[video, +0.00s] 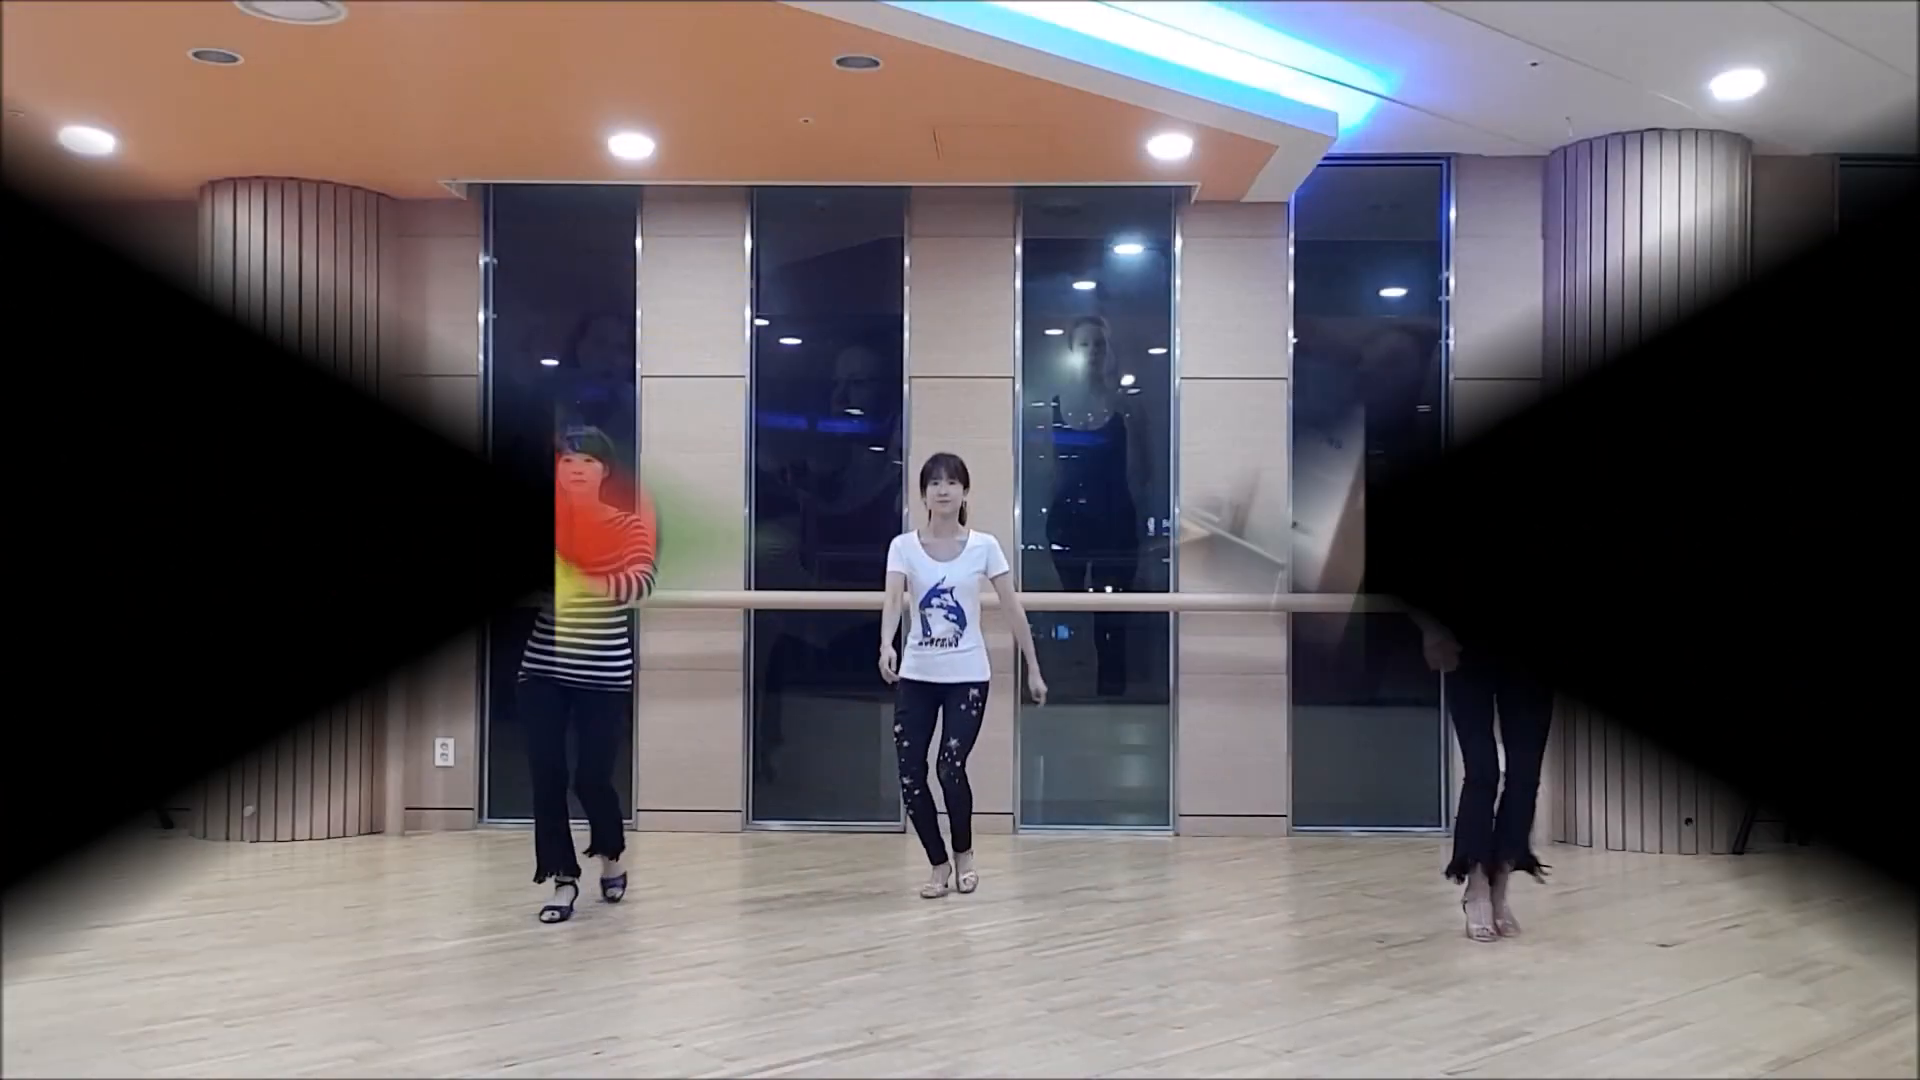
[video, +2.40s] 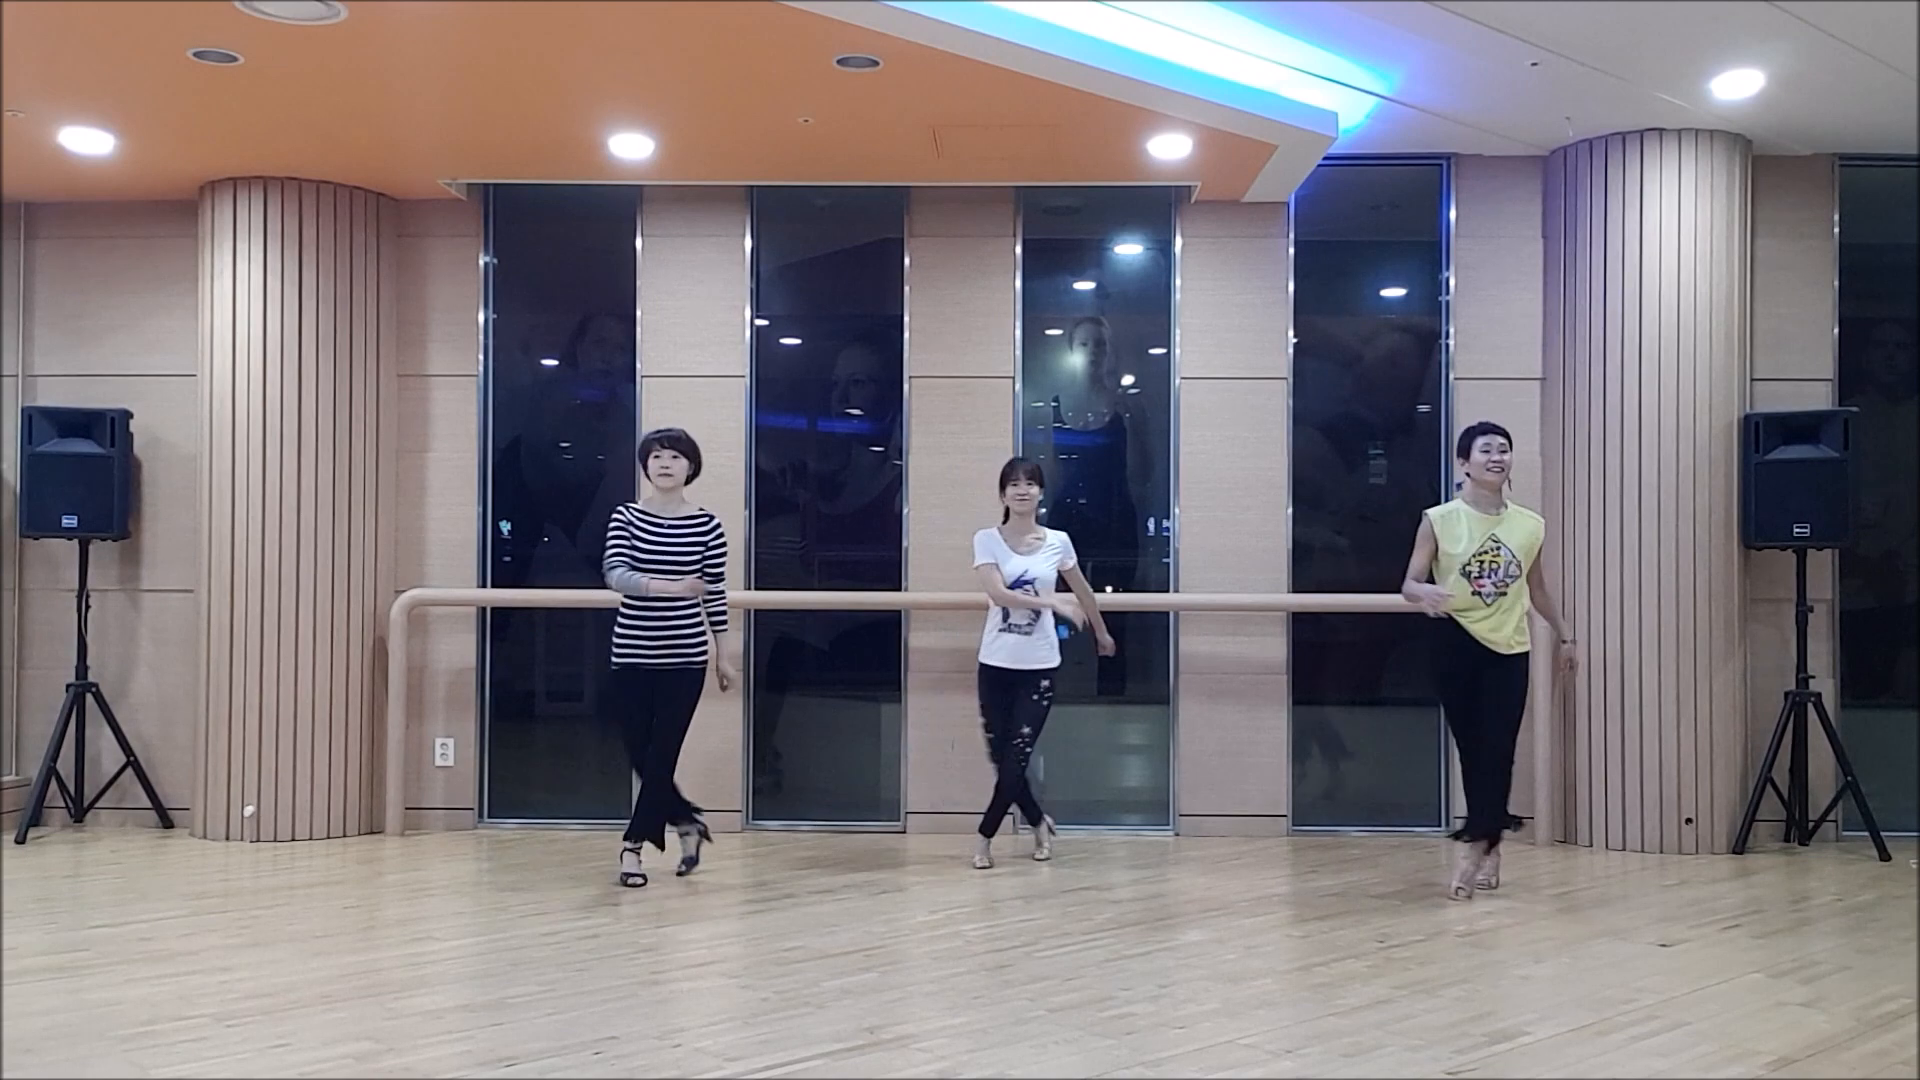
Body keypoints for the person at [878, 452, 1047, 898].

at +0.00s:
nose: (943, 489)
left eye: (952, 482)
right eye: (935, 483)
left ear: (965, 490)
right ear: (923, 492)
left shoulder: (984, 546)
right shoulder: (904, 546)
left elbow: (1013, 608)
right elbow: (892, 602)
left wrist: (1033, 668)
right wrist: (886, 646)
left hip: (968, 675)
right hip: (917, 675)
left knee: (949, 767)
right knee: (909, 773)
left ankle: (963, 857)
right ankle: (939, 865)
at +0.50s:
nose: (959, 494)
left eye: (967, 486)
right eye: (950, 487)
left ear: (979, 493)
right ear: (939, 494)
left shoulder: (999, 543)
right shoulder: (923, 548)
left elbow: (1024, 597)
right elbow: (914, 606)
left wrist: (1008, 628)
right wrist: (905, 653)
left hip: (997, 665)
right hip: (948, 664)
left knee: (992, 753)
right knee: (952, 751)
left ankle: (982, 839)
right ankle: (953, 843)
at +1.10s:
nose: (972, 491)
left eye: (979, 484)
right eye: (964, 485)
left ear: (990, 490)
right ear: (952, 492)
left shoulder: (1010, 543)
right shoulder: (935, 545)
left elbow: (1041, 595)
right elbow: (931, 602)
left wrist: (1056, 643)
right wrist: (925, 630)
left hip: (997, 663)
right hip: (948, 663)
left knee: (993, 752)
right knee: (970, 744)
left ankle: (980, 839)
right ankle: (940, 812)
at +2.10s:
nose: (987, 489)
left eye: (995, 483)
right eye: (979, 483)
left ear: (1007, 490)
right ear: (968, 493)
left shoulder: (1024, 544)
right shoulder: (951, 541)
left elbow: (1055, 592)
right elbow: (941, 600)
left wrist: (1072, 632)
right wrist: (963, 589)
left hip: (1002, 665)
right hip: (954, 660)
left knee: (992, 754)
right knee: (920, 746)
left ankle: (978, 842)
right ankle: (888, 832)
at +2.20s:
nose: (995, 490)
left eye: (1002, 484)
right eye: (987, 484)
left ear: (1015, 492)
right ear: (976, 492)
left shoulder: (1031, 541)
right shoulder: (961, 540)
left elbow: (1069, 592)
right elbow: (957, 595)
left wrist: (1105, 636)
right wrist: (989, 578)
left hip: (1015, 662)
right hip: (968, 658)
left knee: (998, 754)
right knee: (929, 744)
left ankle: (978, 840)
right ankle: (909, 822)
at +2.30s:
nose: (1007, 491)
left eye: (1015, 484)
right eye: (999, 485)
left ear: (1026, 492)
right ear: (988, 493)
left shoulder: (1043, 543)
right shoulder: (972, 539)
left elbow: (1079, 592)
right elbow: (980, 589)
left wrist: (1115, 637)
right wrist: (1028, 575)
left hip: (1026, 663)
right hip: (981, 660)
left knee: (1004, 754)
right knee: (954, 747)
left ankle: (980, 841)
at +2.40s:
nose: (1023, 490)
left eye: (1030, 483)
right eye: (1015, 484)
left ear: (1041, 492)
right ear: (1002, 493)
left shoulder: (1058, 541)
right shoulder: (987, 540)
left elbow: (1082, 591)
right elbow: (998, 594)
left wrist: (1101, 633)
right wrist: (1052, 601)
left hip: (1040, 666)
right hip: (995, 664)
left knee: (1017, 753)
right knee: (1002, 754)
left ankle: (984, 837)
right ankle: (1039, 823)